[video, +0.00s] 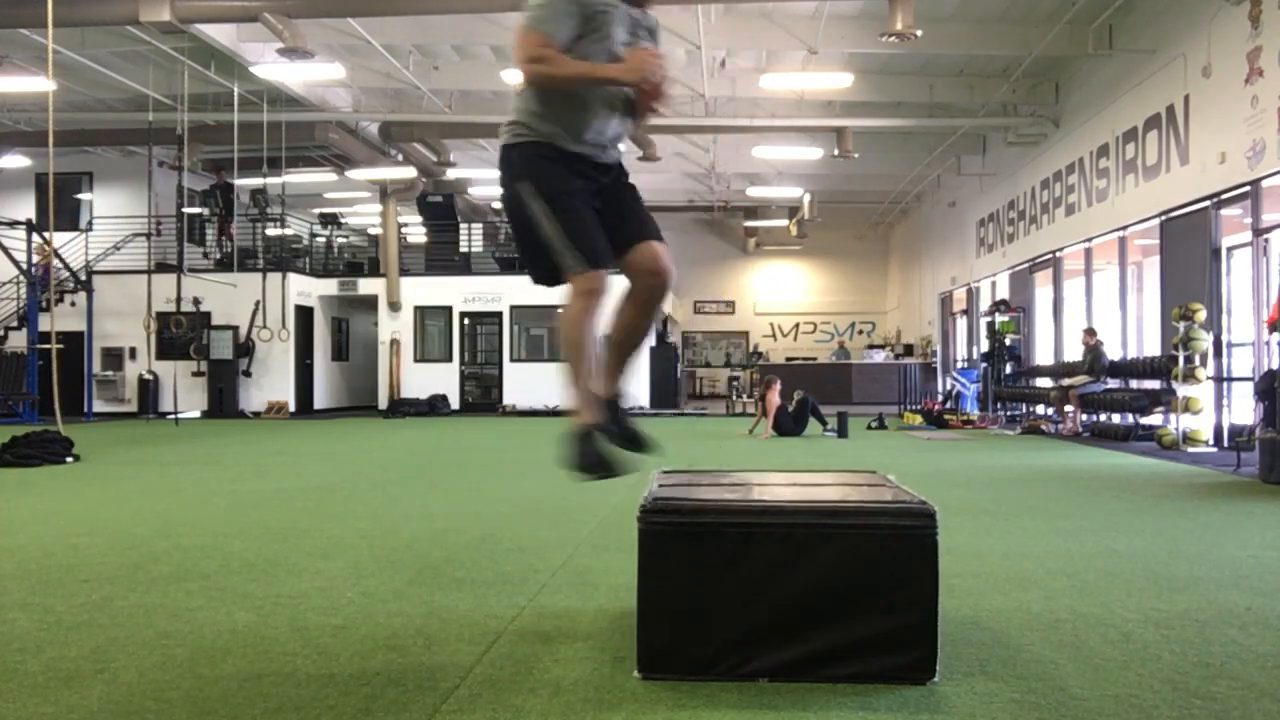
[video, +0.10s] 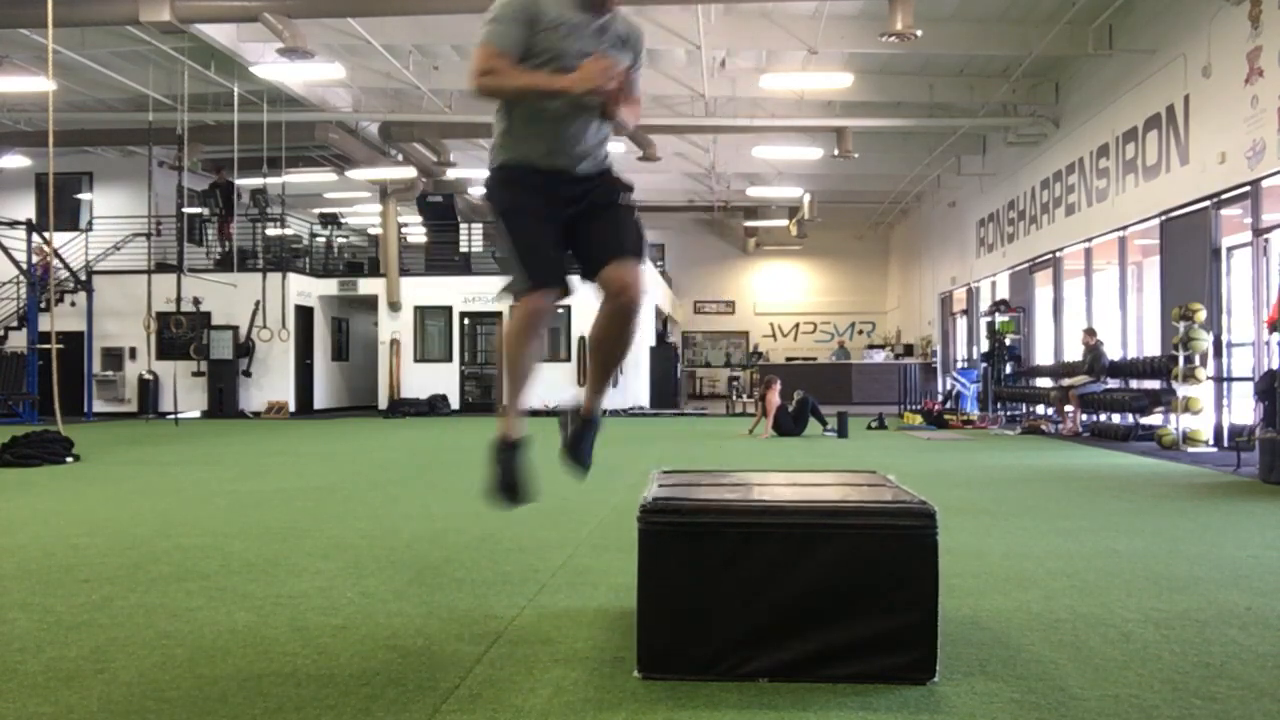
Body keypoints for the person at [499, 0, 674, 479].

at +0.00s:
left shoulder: (645, 25)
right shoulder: (570, 3)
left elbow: (624, 116)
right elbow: (531, 62)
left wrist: (643, 101)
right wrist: (619, 71)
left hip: (600, 162)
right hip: (539, 153)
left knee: (653, 273)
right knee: (588, 279)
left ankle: (606, 397)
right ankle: (585, 427)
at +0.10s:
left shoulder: (627, 35)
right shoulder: (524, 8)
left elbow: (631, 111)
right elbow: (485, 75)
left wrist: (617, 105)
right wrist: (572, 82)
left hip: (591, 179)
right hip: (522, 176)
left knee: (628, 288)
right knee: (539, 298)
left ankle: (590, 411)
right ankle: (509, 435)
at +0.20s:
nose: (567, 20)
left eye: (578, 11)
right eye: (561, 7)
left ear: (593, 13)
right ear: (541, 3)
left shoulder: (608, 67)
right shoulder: (497, 43)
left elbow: (635, 152)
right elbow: (447, 115)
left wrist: (593, 133)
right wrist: (524, 108)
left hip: (576, 227)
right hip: (500, 223)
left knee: (588, 350)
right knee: (477, 356)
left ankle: (588, 488)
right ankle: (452, 485)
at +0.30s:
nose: (527, 83)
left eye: (537, 72)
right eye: (519, 71)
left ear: (554, 77)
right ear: (504, 73)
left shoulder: (575, 134)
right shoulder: (473, 122)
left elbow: (624, 203)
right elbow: (416, 182)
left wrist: (561, 183)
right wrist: (471, 167)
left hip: (555, 299)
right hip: (479, 296)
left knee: (555, 430)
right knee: (440, 427)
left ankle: (561, 573)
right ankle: (411, 555)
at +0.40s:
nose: (492, 168)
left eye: (503, 156)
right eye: (485, 157)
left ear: (522, 159)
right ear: (471, 156)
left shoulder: (548, 222)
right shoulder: (447, 215)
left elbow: (599, 297)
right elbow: (400, 269)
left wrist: (558, 319)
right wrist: (386, 303)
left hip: (537, 377)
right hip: (465, 372)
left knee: (521, 475)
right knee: (415, 486)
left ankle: (546, 591)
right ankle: (414, 589)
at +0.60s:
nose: (433, 276)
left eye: (445, 264)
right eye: (424, 264)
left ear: (473, 262)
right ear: (414, 262)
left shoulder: (523, 304)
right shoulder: (407, 299)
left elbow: (597, 307)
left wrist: (621, 343)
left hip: (533, 404)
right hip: (458, 405)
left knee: (525, 484)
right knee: (394, 482)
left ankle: (546, 591)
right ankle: (416, 590)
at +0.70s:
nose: (433, 291)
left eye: (446, 277)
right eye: (424, 278)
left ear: (472, 275)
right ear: (414, 276)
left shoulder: (521, 314)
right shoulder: (405, 308)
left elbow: (586, 290)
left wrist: (612, 321)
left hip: (531, 413)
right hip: (456, 416)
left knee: (525, 486)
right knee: (391, 488)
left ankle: (546, 592)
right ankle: (416, 590)